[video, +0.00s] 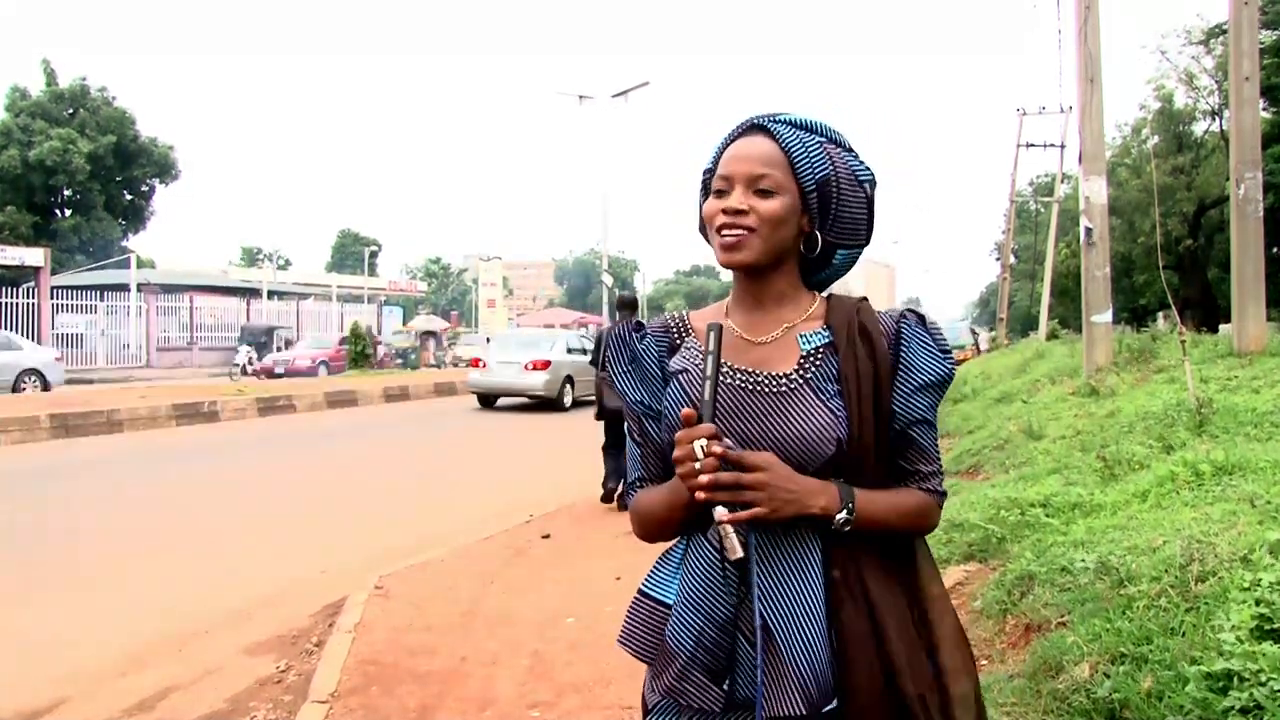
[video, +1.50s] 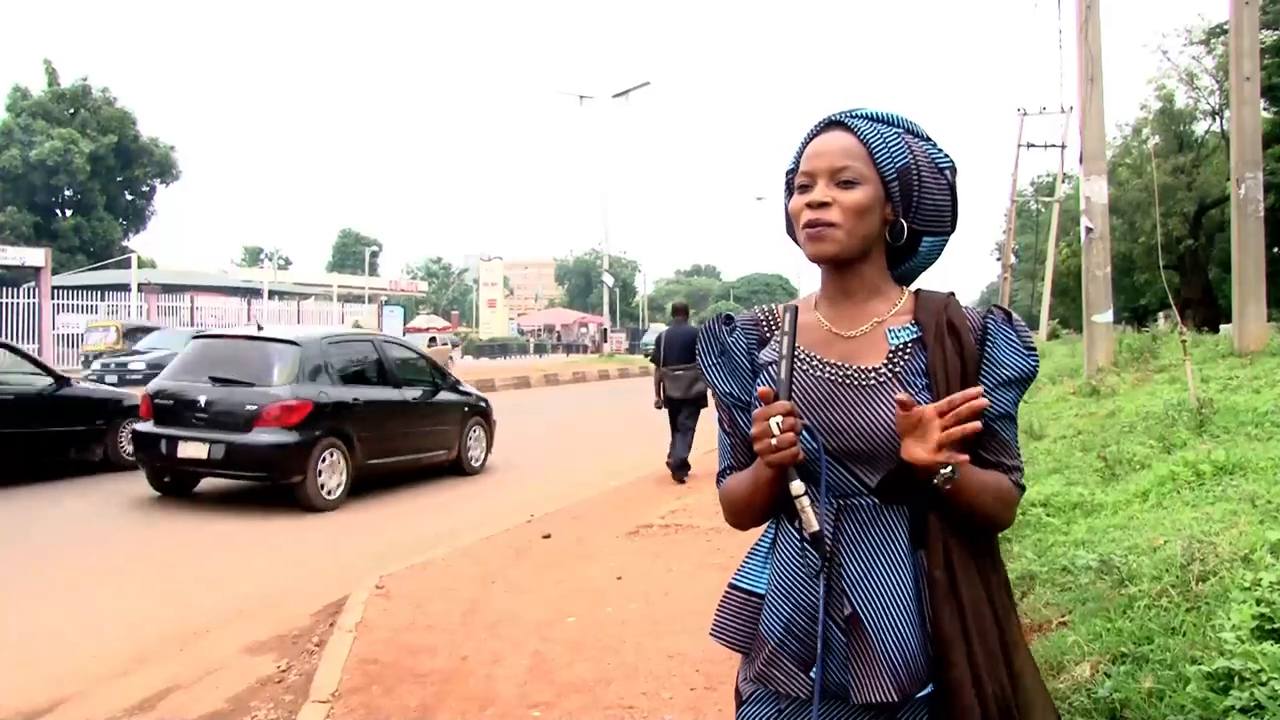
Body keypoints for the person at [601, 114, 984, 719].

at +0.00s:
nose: (733, 206)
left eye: (762, 191)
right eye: (720, 190)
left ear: (809, 217)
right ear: (705, 208)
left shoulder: (877, 342)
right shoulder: (666, 349)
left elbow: (926, 504)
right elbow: (645, 521)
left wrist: (813, 494)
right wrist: (685, 486)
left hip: (847, 651)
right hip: (709, 654)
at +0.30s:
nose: (758, 202)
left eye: (788, 188)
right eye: (745, 184)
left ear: (832, 216)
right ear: (729, 202)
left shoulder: (900, 342)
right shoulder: (682, 346)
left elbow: (946, 505)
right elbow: (661, 518)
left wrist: (839, 484)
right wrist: (708, 479)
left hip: (864, 650)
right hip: (724, 649)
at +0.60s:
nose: (785, 203)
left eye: (813, 187)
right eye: (771, 184)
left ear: (856, 213)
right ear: (749, 202)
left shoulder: (916, 334)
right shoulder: (706, 336)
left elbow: (952, 498)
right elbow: (680, 514)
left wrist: (878, 465)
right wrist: (742, 461)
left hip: (880, 614)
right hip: (750, 621)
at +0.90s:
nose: (801, 200)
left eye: (827, 181)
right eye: (784, 186)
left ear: (871, 203)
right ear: (767, 209)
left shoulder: (935, 331)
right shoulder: (731, 337)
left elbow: (977, 500)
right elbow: (707, 512)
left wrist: (921, 474)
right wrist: (764, 456)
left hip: (910, 630)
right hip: (777, 634)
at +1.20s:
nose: (807, 208)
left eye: (834, 189)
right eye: (792, 193)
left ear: (884, 210)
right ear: (778, 214)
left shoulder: (955, 338)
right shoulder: (746, 347)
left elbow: (992, 491)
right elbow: (731, 515)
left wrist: (937, 490)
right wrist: (766, 472)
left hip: (915, 633)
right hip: (790, 635)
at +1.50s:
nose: (817, 199)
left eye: (845, 182)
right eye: (804, 185)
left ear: (893, 207)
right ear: (789, 207)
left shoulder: (956, 333)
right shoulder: (756, 341)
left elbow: (1003, 504)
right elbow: (737, 511)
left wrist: (936, 464)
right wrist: (767, 466)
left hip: (924, 627)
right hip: (796, 631)